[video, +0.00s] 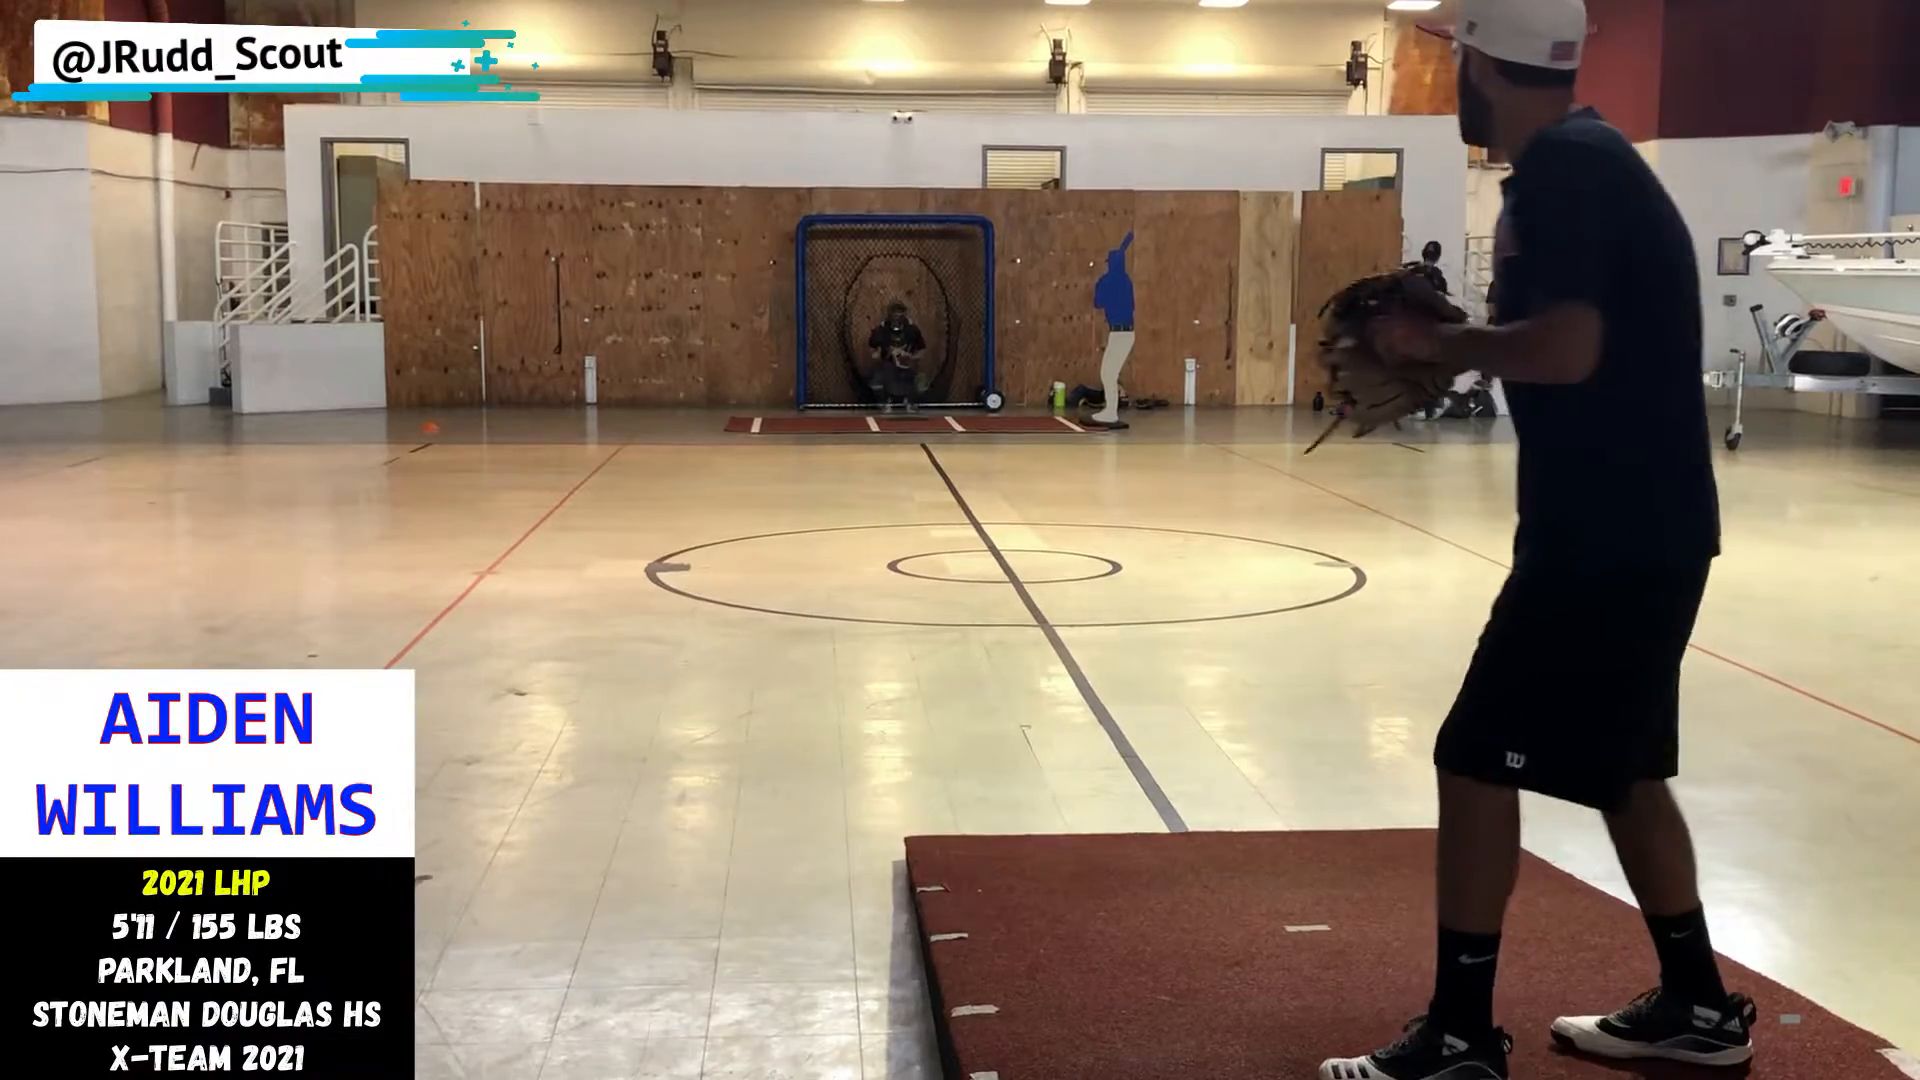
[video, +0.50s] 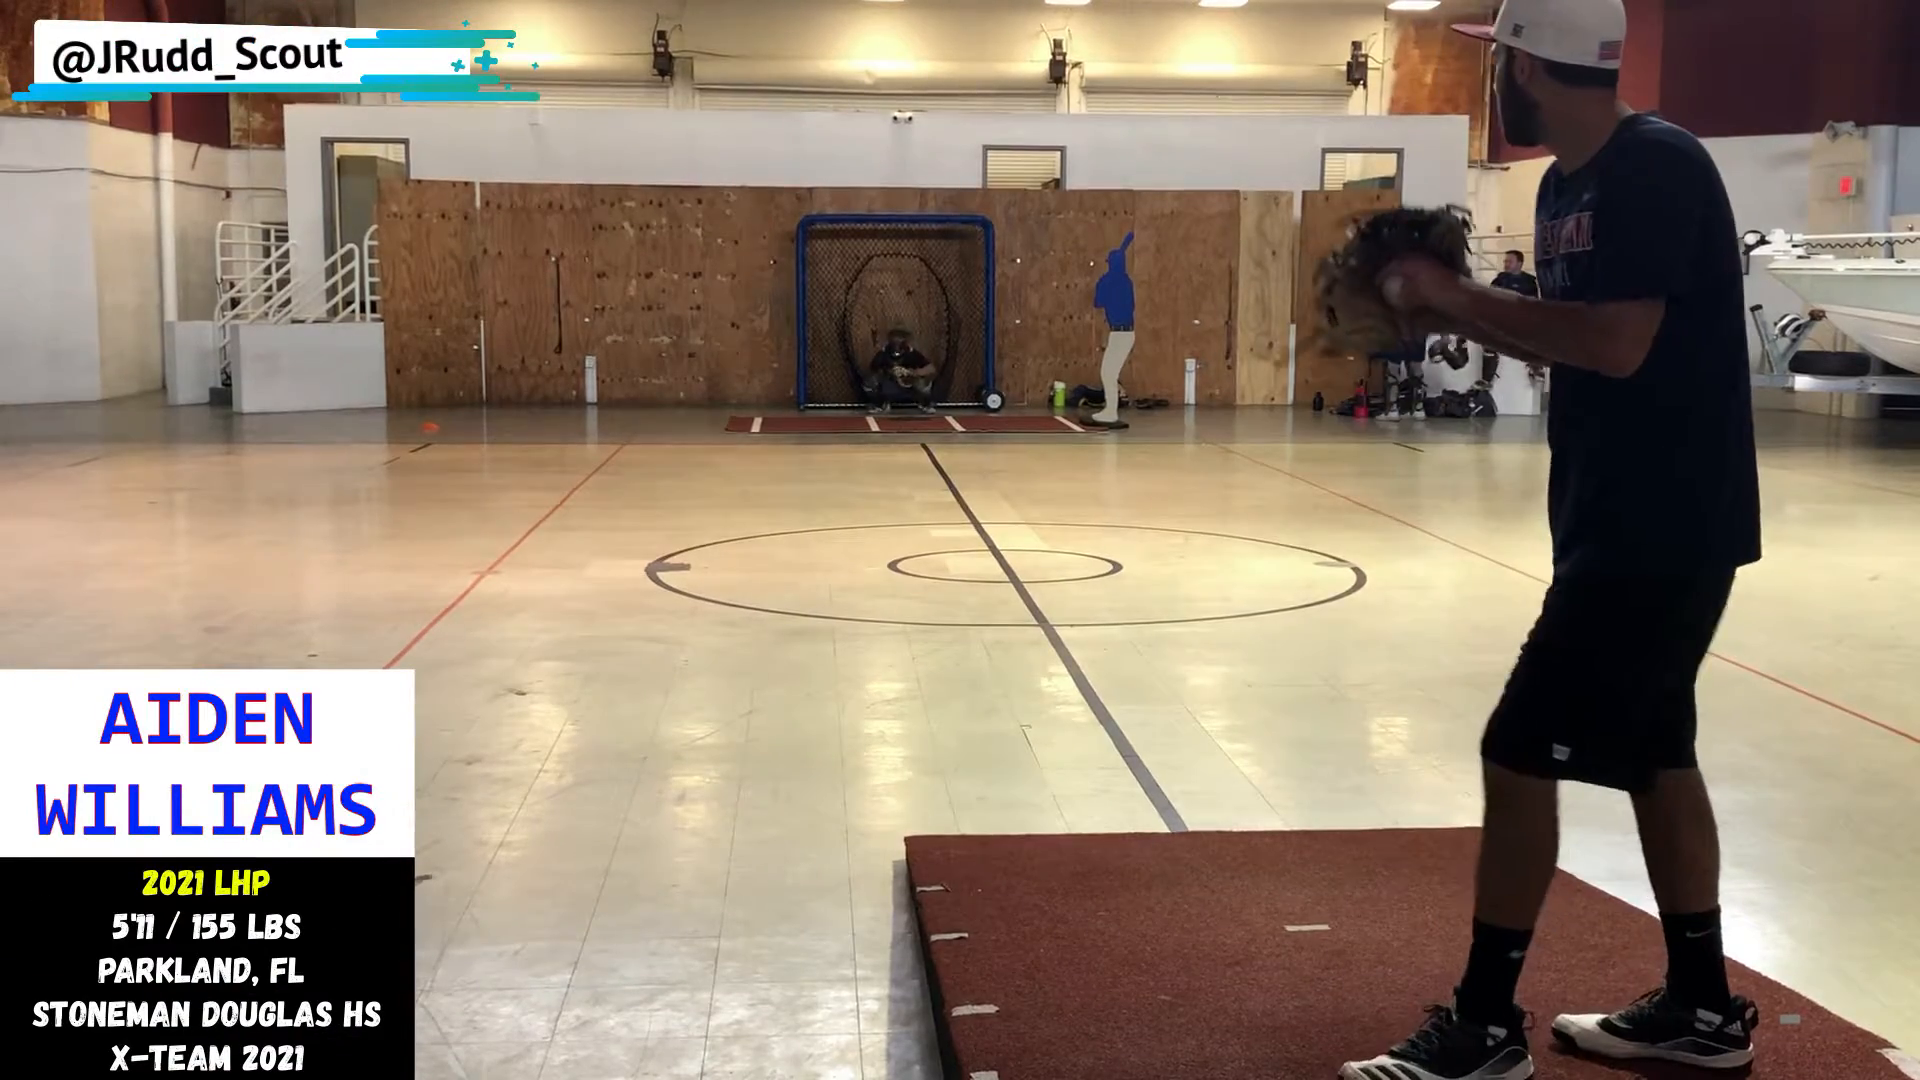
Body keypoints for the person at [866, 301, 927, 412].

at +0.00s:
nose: (898, 318)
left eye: (901, 315)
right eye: (895, 315)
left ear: (904, 315)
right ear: (889, 315)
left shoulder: (912, 330)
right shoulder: (880, 331)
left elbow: (922, 350)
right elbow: (874, 352)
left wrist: (910, 356)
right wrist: (887, 353)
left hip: (906, 365)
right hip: (888, 366)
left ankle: (909, 400)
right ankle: (887, 402)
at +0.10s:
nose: (897, 319)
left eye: (900, 315)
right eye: (894, 315)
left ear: (904, 314)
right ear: (888, 314)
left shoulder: (912, 327)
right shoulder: (880, 329)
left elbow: (923, 348)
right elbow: (871, 346)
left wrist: (913, 356)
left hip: (908, 361)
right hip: (889, 362)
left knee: (920, 372)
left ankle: (916, 400)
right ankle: (884, 400)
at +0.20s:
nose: (896, 326)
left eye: (899, 323)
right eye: (893, 323)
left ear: (904, 321)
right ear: (888, 321)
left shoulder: (912, 333)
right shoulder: (881, 333)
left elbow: (925, 355)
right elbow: (870, 353)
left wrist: (911, 360)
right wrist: (869, 372)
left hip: (909, 368)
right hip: (889, 369)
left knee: (924, 376)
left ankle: (923, 402)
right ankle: (881, 403)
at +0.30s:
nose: (896, 336)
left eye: (899, 332)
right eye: (893, 332)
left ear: (905, 331)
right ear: (888, 332)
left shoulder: (911, 343)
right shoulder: (881, 344)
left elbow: (929, 361)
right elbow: (869, 365)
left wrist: (911, 366)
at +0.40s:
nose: (896, 344)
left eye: (899, 340)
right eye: (893, 340)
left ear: (904, 340)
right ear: (888, 340)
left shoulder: (911, 351)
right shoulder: (881, 352)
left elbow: (931, 365)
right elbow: (873, 370)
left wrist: (913, 371)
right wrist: (892, 371)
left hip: (911, 387)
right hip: (889, 387)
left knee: (922, 381)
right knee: (871, 380)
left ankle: (924, 405)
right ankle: (881, 405)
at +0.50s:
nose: (896, 347)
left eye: (900, 343)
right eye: (894, 343)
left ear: (906, 342)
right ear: (889, 342)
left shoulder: (913, 354)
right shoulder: (882, 355)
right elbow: (873, 372)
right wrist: (891, 373)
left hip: (910, 389)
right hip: (889, 388)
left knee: (921, 382)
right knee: (872, 381)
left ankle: (925, 404)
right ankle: (881, 404)